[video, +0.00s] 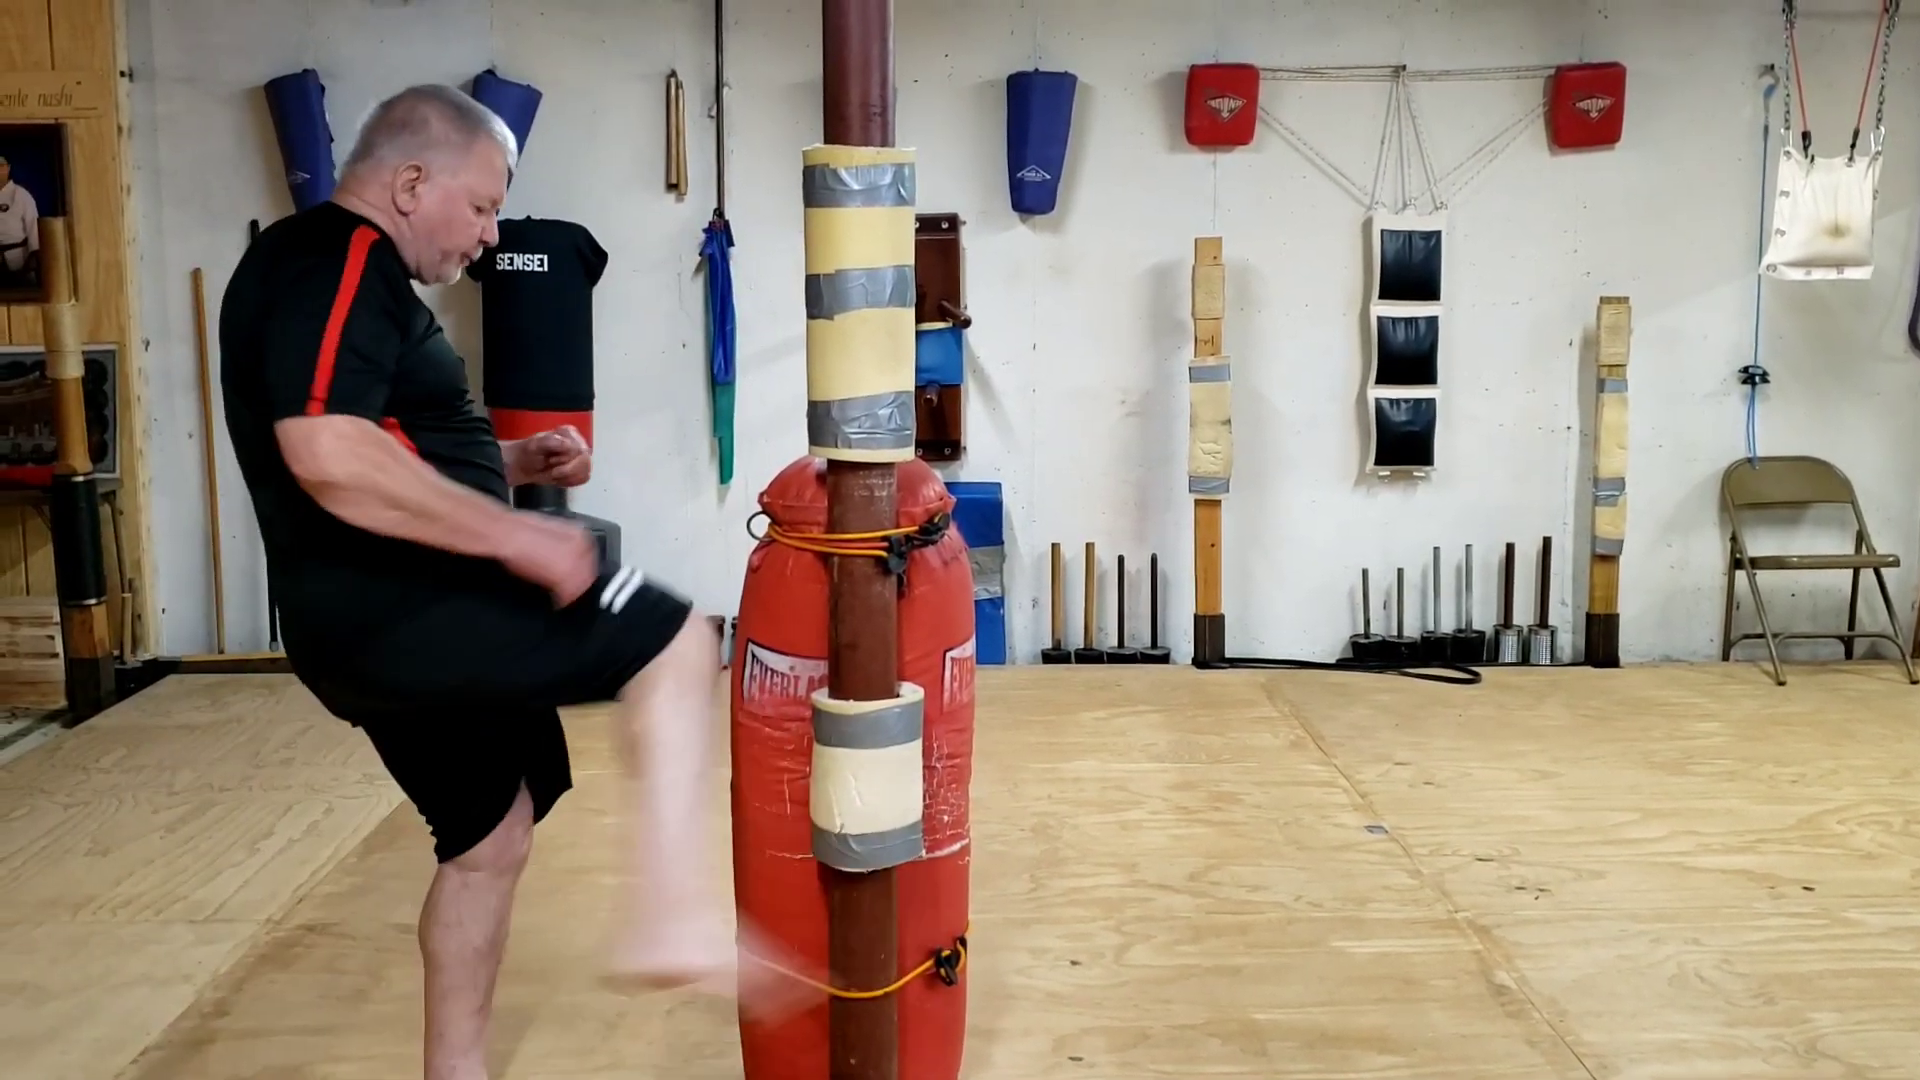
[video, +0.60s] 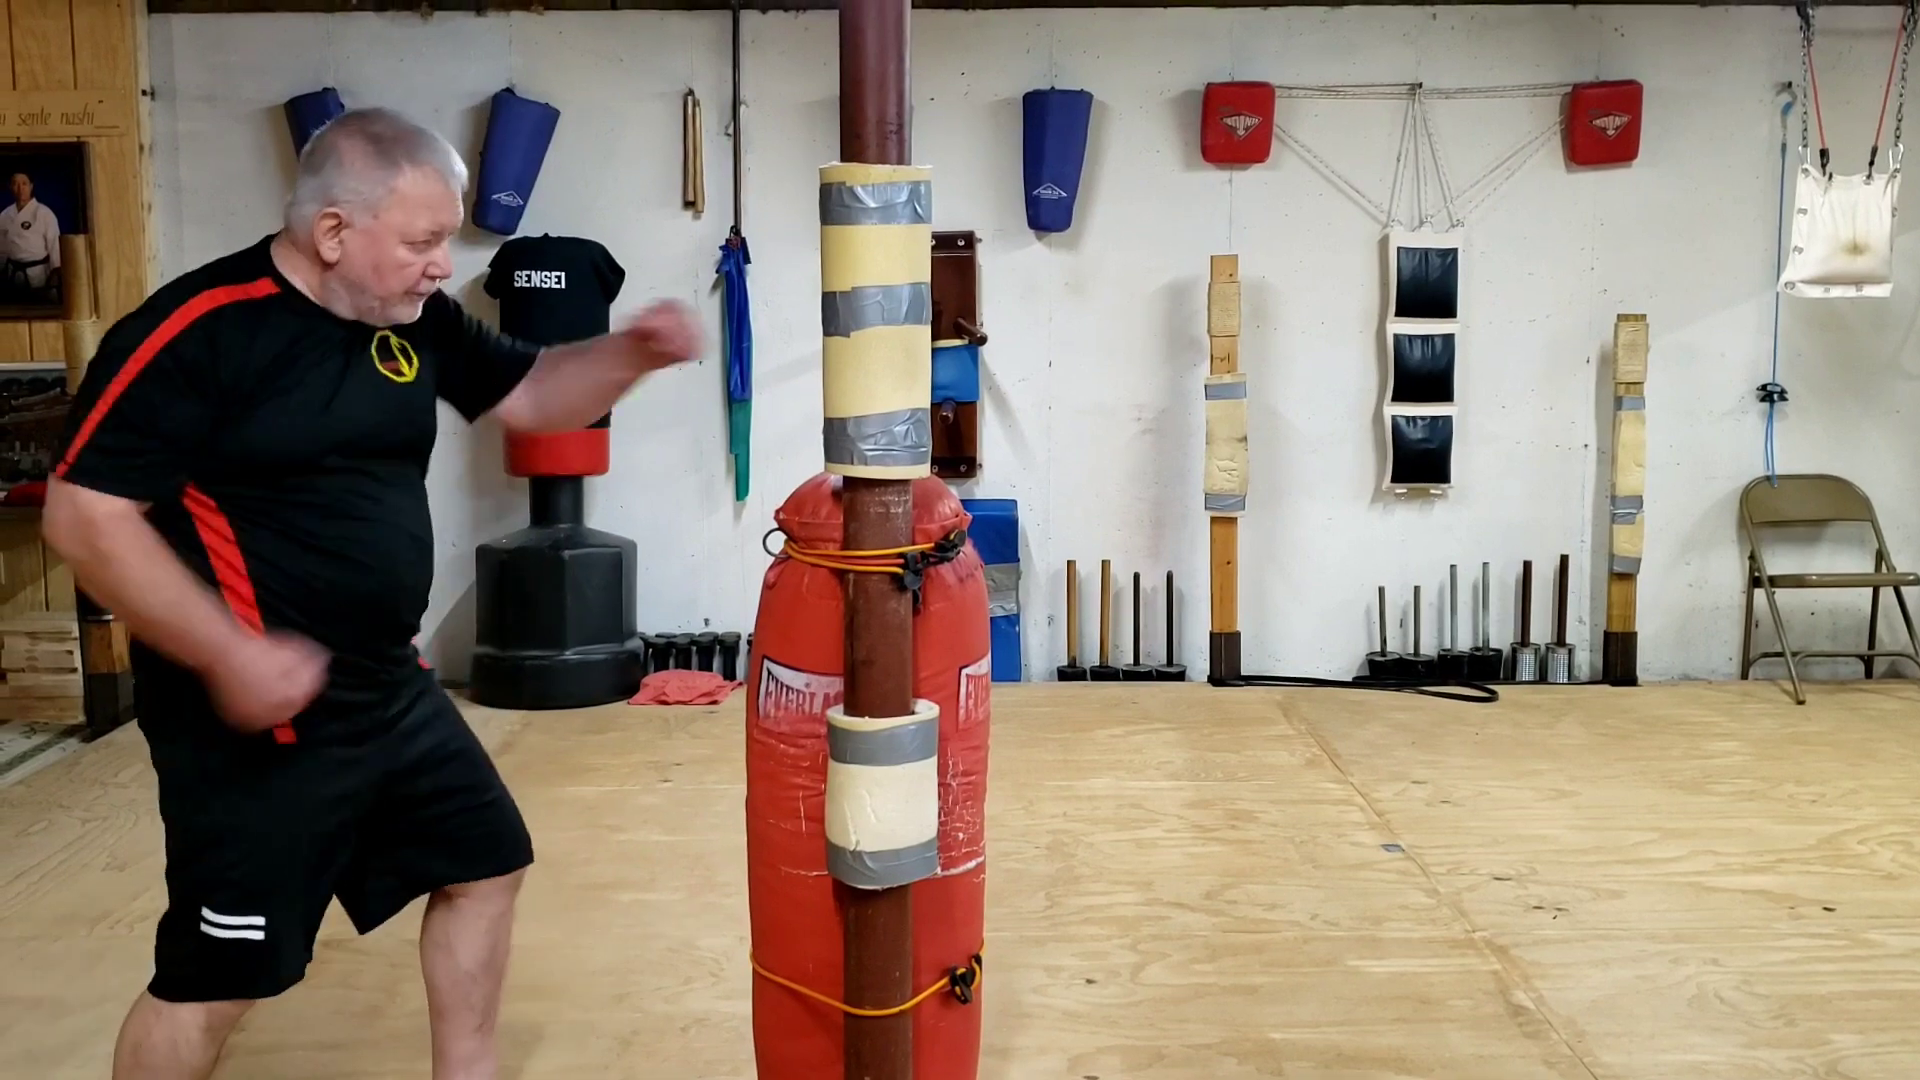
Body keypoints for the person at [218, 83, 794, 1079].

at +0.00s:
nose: (489, 237)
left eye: (494, 215)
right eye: (482, 208)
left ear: (400, 190)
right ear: (408, 184)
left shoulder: (302, 263)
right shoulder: (341, 258)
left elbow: (370, 455)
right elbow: (326, 447)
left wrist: (506, 464)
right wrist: (512, 536)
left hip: (356, 615)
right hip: (405, 597)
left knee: (487, 831)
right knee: (677, 639)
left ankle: (454, 1070)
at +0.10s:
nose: (495, 232)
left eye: (500, 209)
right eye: (487, 203)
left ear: (406, 189)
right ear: (409, 184)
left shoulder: (350, 265)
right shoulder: (336, 262)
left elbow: (408, 436)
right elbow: (380, 450)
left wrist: (512, 491)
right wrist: (572, 467)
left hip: (373, 608)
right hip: (375, 607)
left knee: (487, 845)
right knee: (586, 782)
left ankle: (459, 1071)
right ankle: (328, 988)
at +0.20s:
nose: (503, 238)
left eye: (506, 215)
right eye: (493, 210)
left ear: (409, 195)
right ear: (414, 192)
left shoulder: (381, 282)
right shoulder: (330, 264)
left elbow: (368, 473)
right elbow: (413, 442)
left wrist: (478, 550)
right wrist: (587, 407)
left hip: (436, 640)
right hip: (346, 647)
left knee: (504, 852)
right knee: (398, 909)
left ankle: (465, 1074)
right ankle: (176, 1073)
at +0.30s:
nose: (492, 258)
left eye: (493, 234)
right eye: (475, 231)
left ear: (393, 226)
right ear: (391, 224)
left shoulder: (367, 312)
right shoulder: (293, 297)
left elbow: (337, 506)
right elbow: (412, 467)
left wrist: (455, 585)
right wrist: (582, 408)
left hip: (410, 671)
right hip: (287, 685)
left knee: (512, 861)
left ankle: (467, 1074)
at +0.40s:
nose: (460, 280)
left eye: (465, 254)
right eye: (440, 255)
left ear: (359, 250)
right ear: (351, 248)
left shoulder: (382, 330)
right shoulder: (244, 322)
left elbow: (384, 499)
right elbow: (323, 511)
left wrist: (469, 542)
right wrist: (523, 457)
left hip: (398, 683)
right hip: (263, 708)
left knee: (509, 870)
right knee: (209, 980)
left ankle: (467, 1075)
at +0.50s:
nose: (441, 267)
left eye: (445, 241)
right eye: (421, 245)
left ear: (341, 239)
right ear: (330, 238)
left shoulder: (399, 319)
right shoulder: (213, 316)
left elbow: (448, 473)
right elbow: (176, 528)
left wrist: (507, 435)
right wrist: (399, 541)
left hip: (388, 674)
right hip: (241, 695)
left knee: (495, 867)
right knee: (207, 963)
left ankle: (465, 1074)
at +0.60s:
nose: (443, 268)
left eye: (446, 243)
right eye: (422, 244)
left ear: (347, 235)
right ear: (333, 234)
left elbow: (525, 394)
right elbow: (81, 512)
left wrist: (625, 355)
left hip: (382, 687)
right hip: (242, 711)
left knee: (483, 860)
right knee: (216, 968)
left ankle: (466, 1074)